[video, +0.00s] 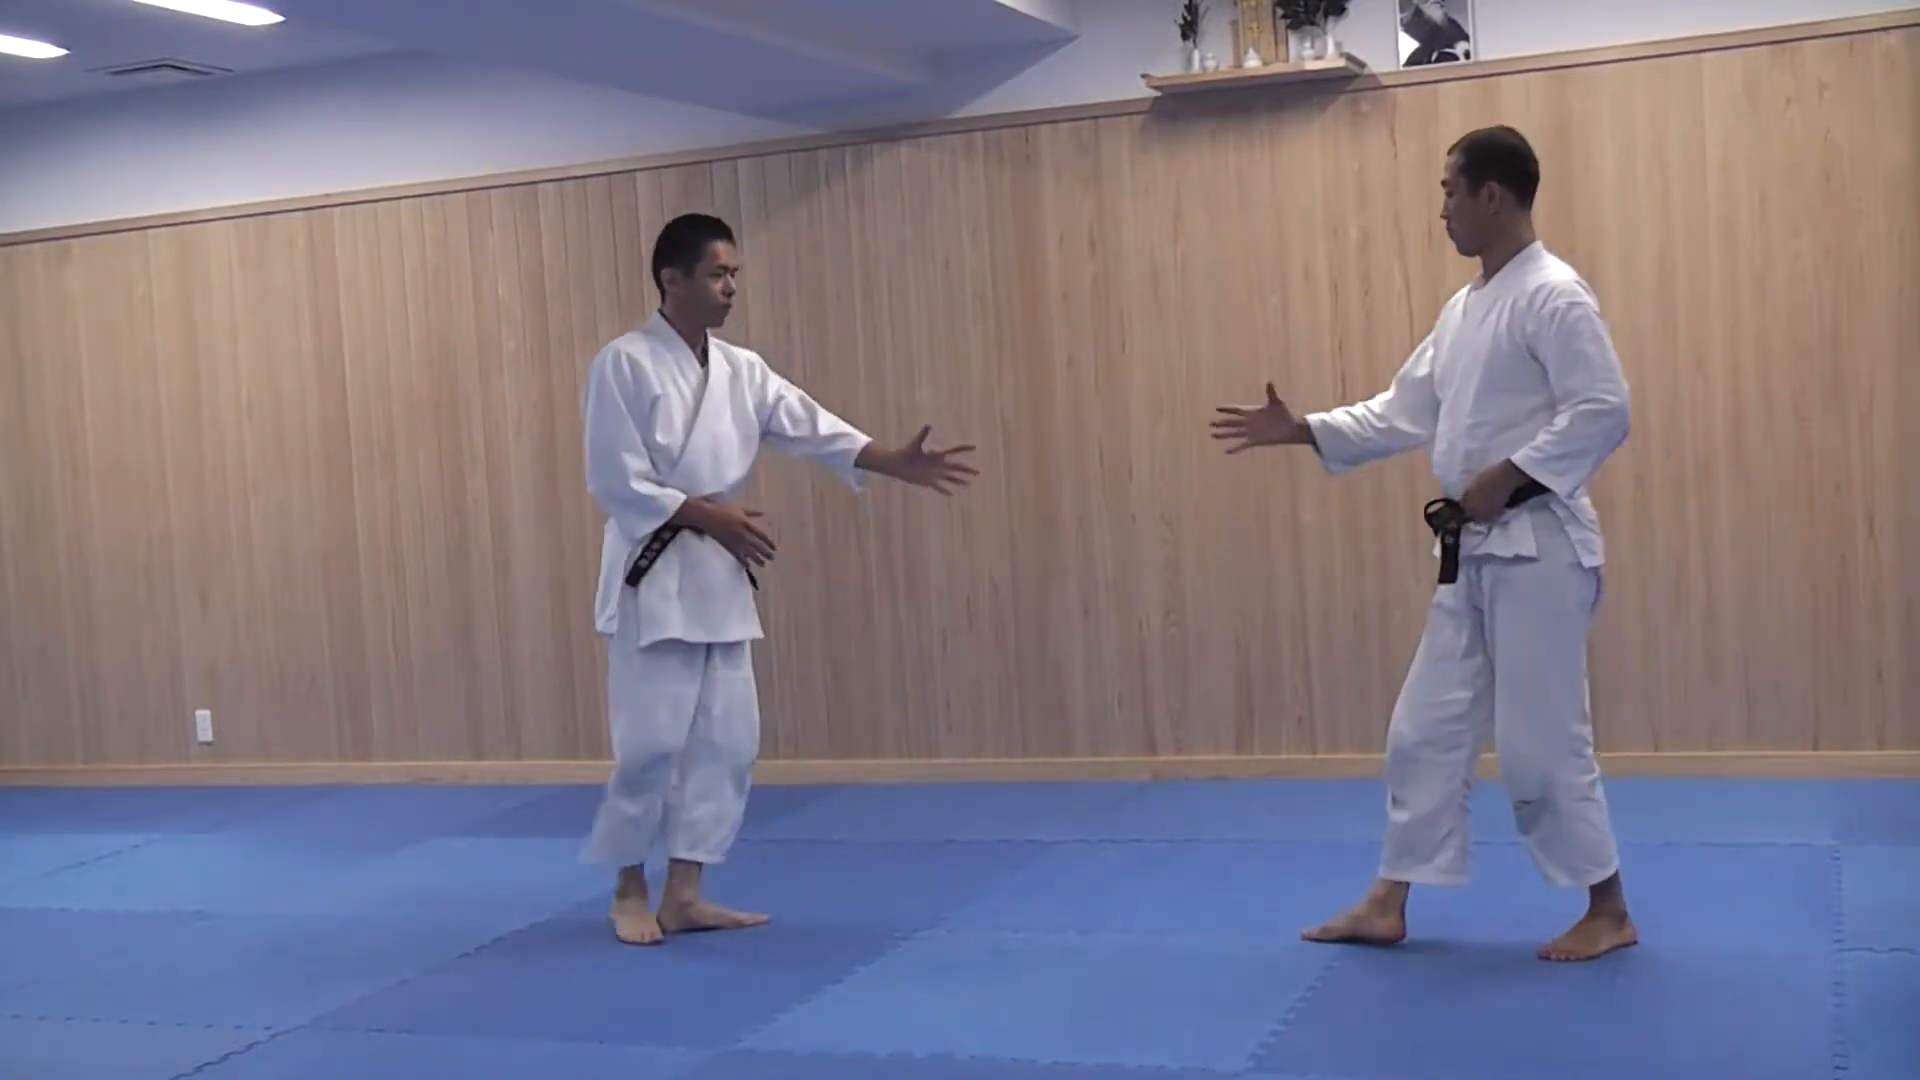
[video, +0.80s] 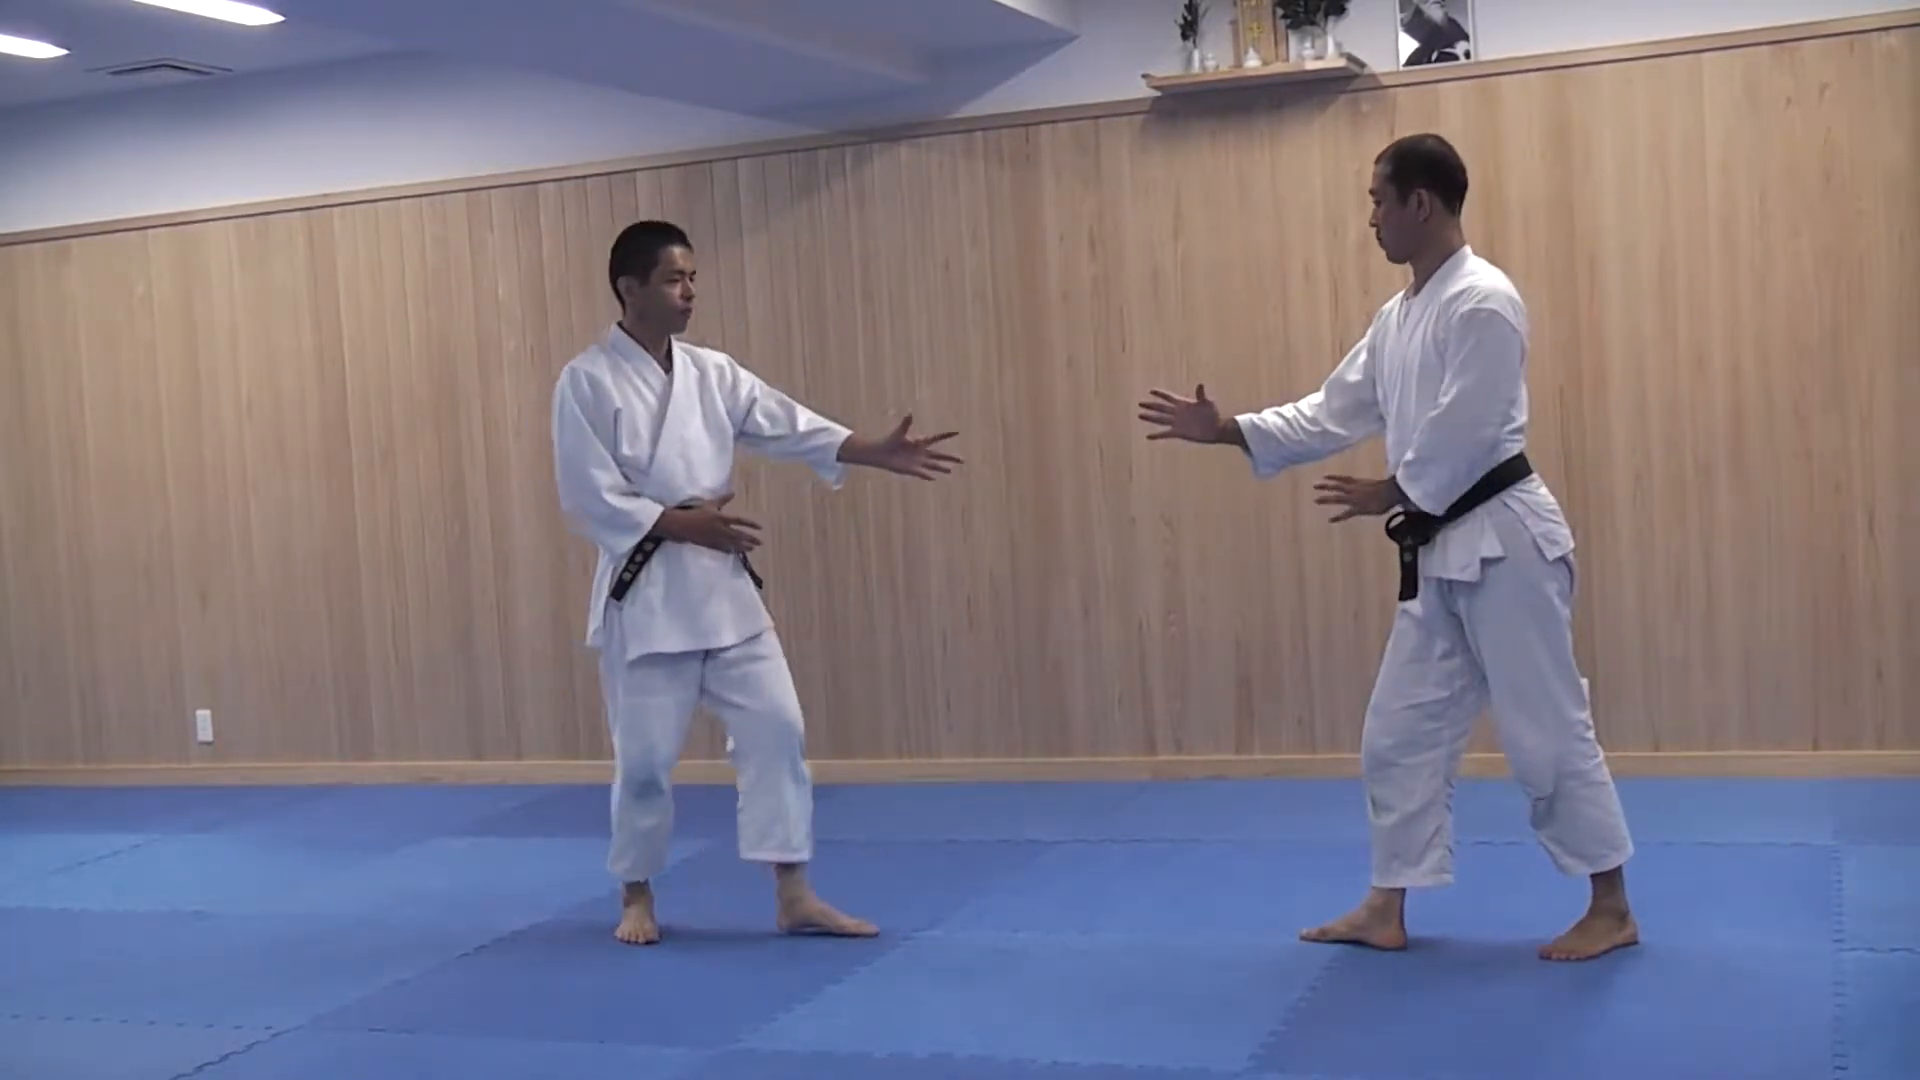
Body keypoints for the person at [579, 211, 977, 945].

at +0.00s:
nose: (732, 287)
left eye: (735, 274)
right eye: (718, 274)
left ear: (731, 279)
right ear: (670, 280)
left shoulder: (741, 368)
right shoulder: (624, 364)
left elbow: (811, 425)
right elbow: (618, 480)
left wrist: (892, 460)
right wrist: (709, 516)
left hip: (723, 575)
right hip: (654, 579)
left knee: (727, 741)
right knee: (650, 743)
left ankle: (682, 896)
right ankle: (630, 893)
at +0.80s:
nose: (688, 292)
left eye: (691, 279)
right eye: (673, 280)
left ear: (690, 285)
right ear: (627, 288)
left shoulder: (710, 370)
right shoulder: (587, 380)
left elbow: (787, 422)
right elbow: (589, 496)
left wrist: (870, 450)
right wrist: (684, 525)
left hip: (723, 581)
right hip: (646, 591)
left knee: (779, 725)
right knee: (645, 759)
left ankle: (795, 895)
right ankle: (637, 901)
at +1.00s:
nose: (739, 306)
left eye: (742, 293)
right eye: (724, 294)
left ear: (740, 300)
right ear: (677, 302)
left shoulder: (762, 385)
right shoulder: (634, 394)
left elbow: (843, 430)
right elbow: (626, 506)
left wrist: (936, 453)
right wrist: (714, 538)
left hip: (771, 595)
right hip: (691, 604)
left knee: (857, 736)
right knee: (673, 773)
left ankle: (933, 888)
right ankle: (637, 898)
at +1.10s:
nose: (782, 311)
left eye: (785, 299)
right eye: (768, 300)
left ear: (784, 304)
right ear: (720, 308)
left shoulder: (808, 391)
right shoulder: (676, 400)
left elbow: (892, 431)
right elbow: (665, 514)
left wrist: (990, 447)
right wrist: (754, 544)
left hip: (813, 604)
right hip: (729, 612)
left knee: (908, 739)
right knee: (694, 776)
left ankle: (992, 887)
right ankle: (641, 892)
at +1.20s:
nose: (841, 310)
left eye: (844, 297)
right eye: (825, 298)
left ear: (845, 301)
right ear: (778, 305)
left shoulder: (868, 392)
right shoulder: (734, 402)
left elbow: (961, 426)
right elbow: (723, 517)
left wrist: (1059, 438)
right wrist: (813, 546)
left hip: (873, 607)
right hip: (787, 612)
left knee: (970, 739)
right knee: (734, 769)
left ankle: (1027, 901)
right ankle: (655, 879)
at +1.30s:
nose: (903, 299)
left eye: (906, 286)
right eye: (888, 286)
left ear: (902, 292)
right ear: (837, 295)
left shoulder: (928, 381)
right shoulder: (793, 390)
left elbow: (1021, 418)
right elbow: (782, 508)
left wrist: (1125, 435)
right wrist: (876, 541)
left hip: (928, 594)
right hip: (843, 599)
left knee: (1017, 734)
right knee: (787, 760)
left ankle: (1033, 905)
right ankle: (695, 875)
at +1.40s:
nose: (953, 285)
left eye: (957, 272)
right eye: (937, 272)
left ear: (955, 277)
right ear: (888, 277)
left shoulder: (973, 364)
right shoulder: (837, 370)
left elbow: (1064, 409)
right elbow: (824, 491)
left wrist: (1171, 436)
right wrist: (918, 525)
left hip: (965, 577)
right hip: (882, 579)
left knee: (1031, 732)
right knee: (841, 750)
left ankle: (1034, 900)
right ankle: (764, 878)